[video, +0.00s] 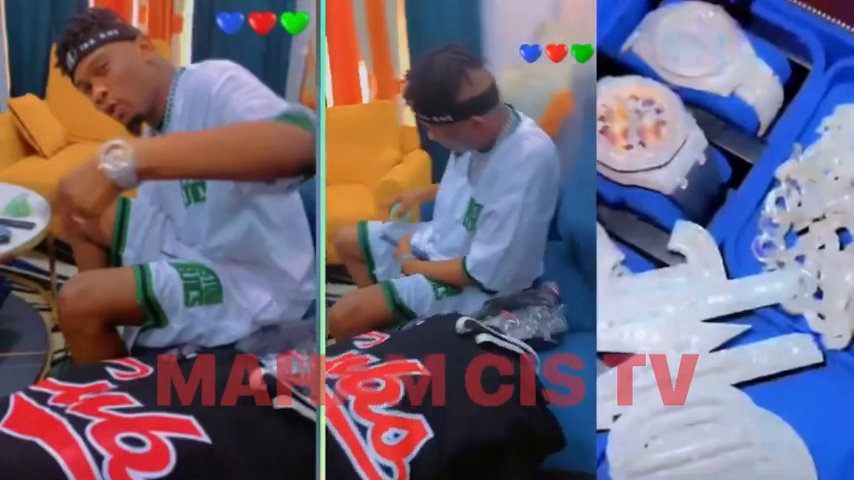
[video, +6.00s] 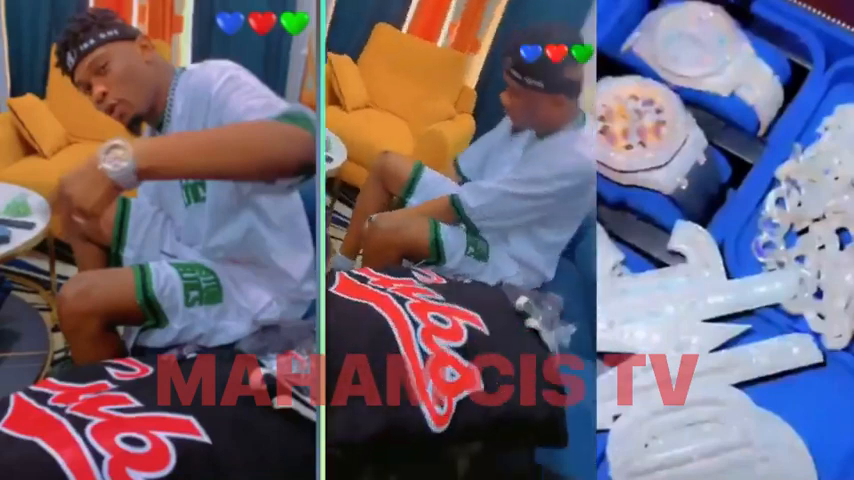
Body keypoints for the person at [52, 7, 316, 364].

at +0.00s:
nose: (98, 94)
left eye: (102, 70)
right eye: (87, 89)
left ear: (144, 48)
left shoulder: (213, 81)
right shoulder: (152, 132)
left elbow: (298, 145)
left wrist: (131, 160)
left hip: (259, 278)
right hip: (190, 251)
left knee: (80, 300)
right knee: (84, 214)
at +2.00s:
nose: (98, 94)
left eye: (102, 70)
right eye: (87, 89)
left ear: (144, 48)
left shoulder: (213, 81)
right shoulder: (153, 133)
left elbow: (299, 146)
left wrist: (132, 160)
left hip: (260, 279)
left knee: (80, 300)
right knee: (85, 215)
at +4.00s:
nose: (97, 94)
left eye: (102, 70)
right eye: (87, 89)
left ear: (145, 48)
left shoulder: (213, 81)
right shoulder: (153, 135)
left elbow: (299, 146)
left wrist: (131, 160)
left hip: (262, 280)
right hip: (192, 253)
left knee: (80, 300)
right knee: (83, 213)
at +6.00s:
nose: (97, 94)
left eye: (102, 70)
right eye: (87, 89)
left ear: (145, 48)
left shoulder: (213, 81)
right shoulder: (153, 134)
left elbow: (299, 145)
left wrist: (131, 160)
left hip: (261, 278)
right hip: (191, 252)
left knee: (80, 300)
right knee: (83, 214)